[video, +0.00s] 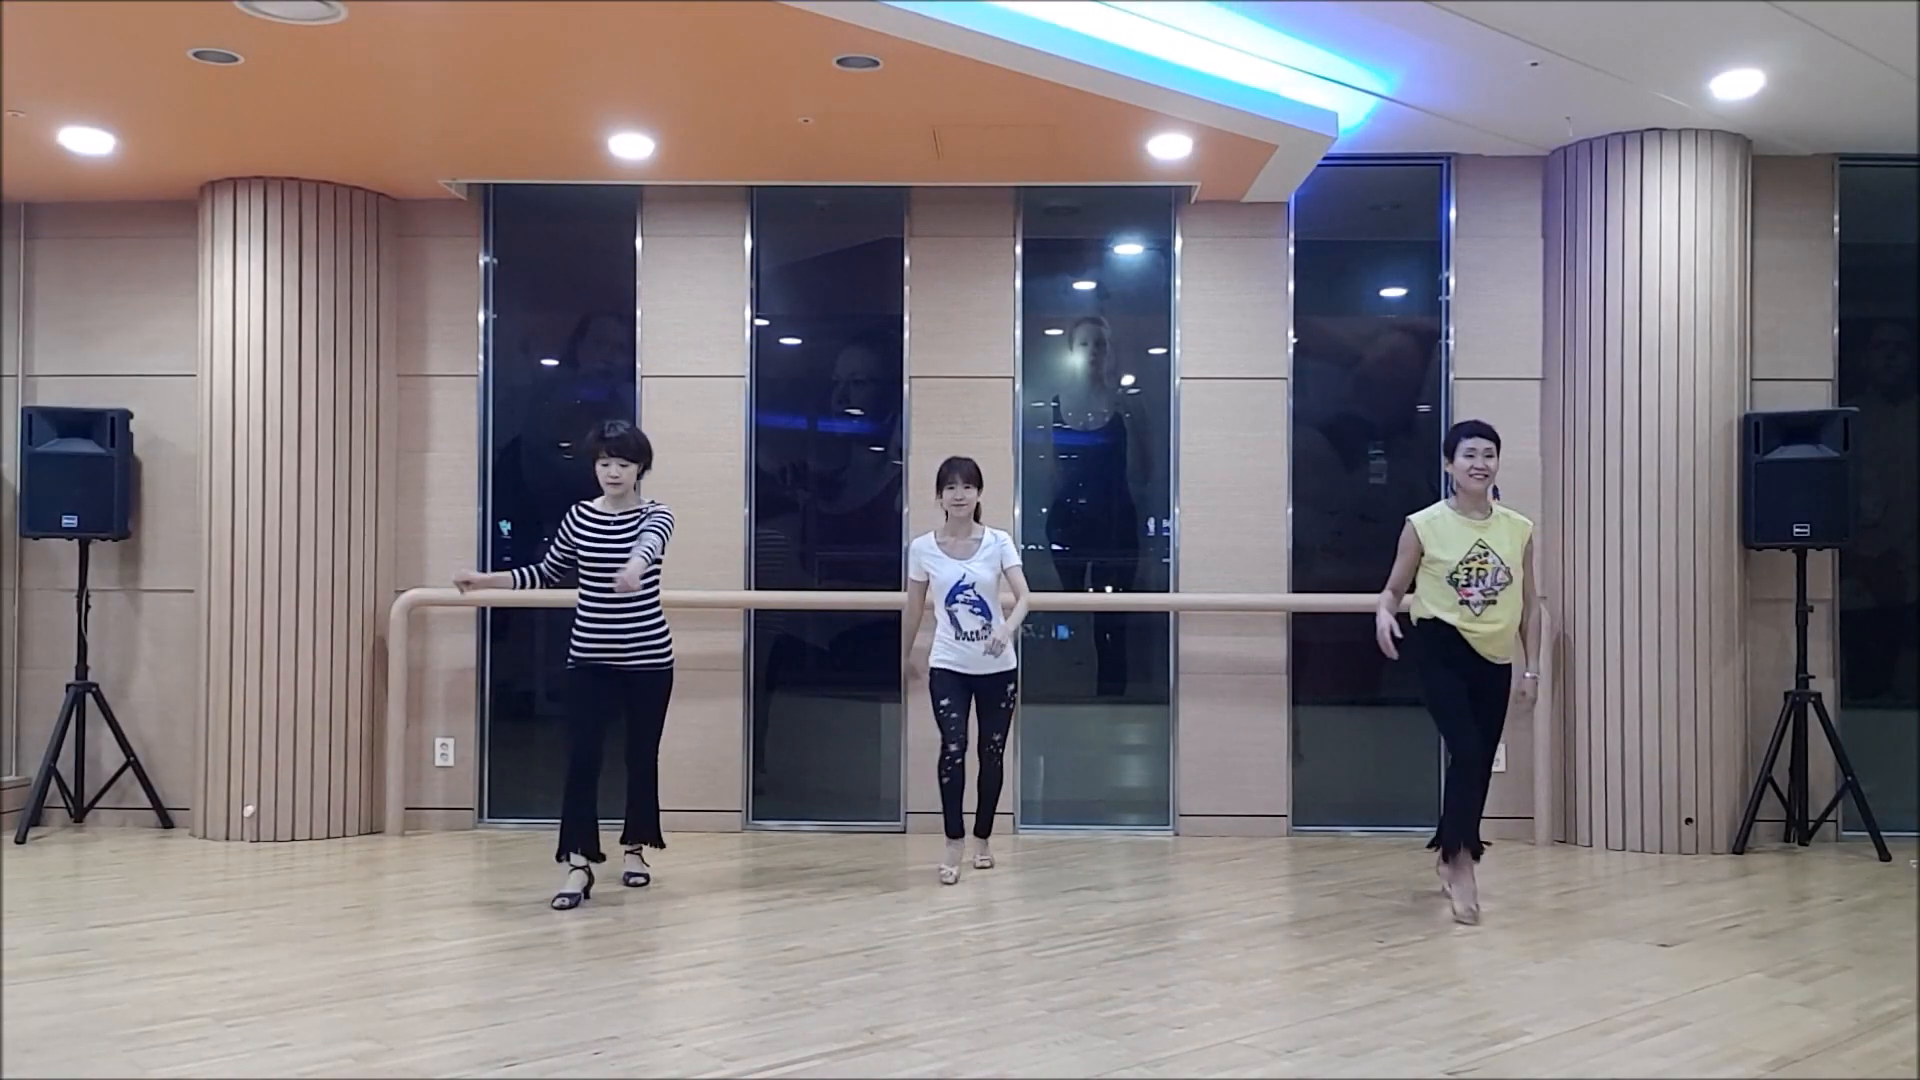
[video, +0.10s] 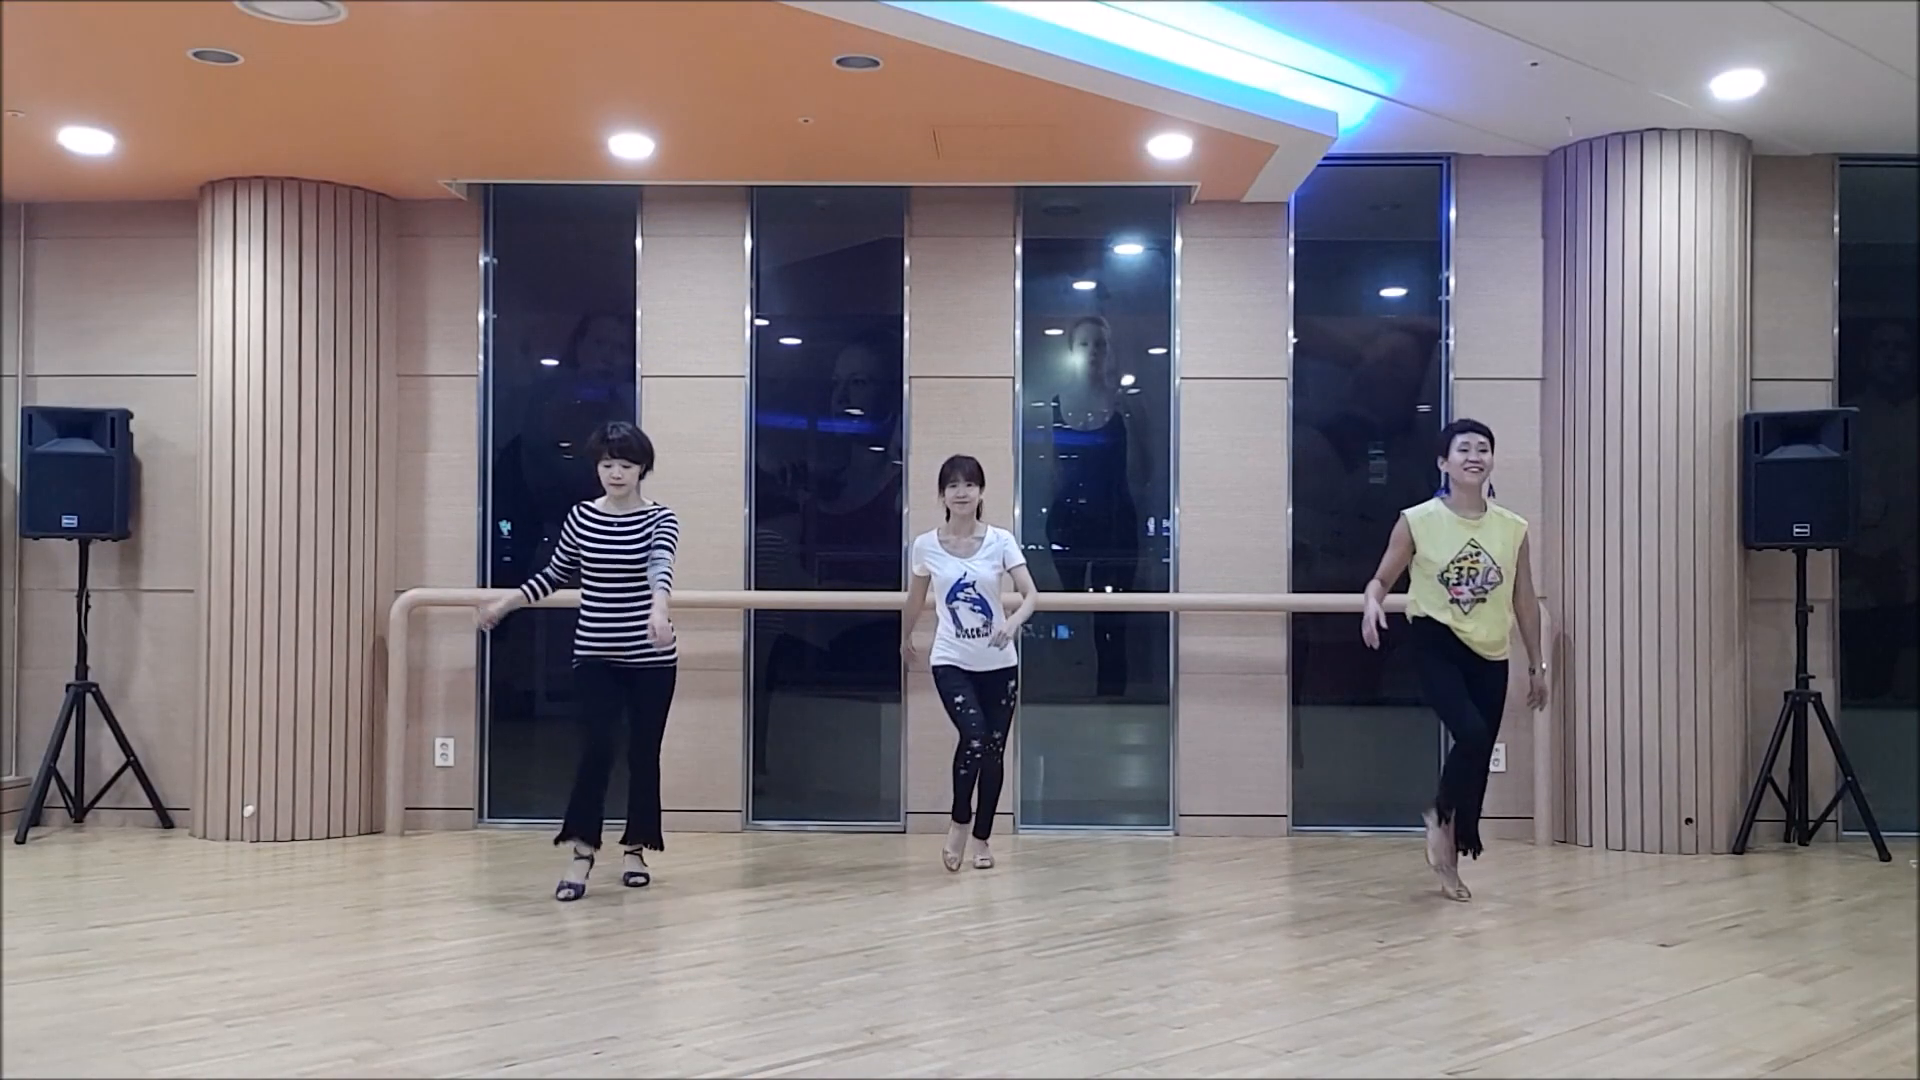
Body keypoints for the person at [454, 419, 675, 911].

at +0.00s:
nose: (613, 470)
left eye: (623, 463)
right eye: (605, 462)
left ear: (640, 468)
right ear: (595, 466)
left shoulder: (656, 515)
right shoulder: (580, 516)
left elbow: (648, 545)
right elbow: (547, 570)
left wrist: (632, 567)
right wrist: (489, 579)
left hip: (647, 657)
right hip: (589, 656)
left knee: (642, 756)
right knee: (583, 756)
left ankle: (635, 850)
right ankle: (577, 866)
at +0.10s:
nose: (615, 470)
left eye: (625, 462)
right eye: (607, 462)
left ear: (643, 467)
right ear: (597, 466)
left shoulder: (660, 519)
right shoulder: (582, 516)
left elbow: (660, 568)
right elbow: (554, 575)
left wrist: (659, 607)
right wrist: (505, 602)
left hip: (651, 655)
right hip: (596, 654)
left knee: (643, 753)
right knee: (598, 750)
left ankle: (635, 852)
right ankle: (581, 854)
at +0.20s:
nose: (616, 470)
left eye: (626, 462)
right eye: (608, 462)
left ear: (643, 467)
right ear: (597, 466)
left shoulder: (660, 521)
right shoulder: (581, 517)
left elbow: (669, 582)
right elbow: (562, 579)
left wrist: (675, 642)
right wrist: (528, 630)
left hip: (651, 654)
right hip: (599, 654)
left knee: (645, 753)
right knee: (615, 746)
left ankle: (635, 850)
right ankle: (593, 837)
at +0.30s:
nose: (617, 471)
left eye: (627, 463)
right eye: (609, 463)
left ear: (643, 469)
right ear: (599, 468)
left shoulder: (660, 521)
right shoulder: (582, 517)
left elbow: (670, 588)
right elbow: (571, 583)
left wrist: (679, 653)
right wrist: (558, 642)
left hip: (653, 653)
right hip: (601, 654)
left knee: (645, 750)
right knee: (629, 747)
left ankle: (633, 849)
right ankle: (610, 848)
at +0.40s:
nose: (618, 470)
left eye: (628, 462)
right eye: (610, 462)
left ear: (644, 468)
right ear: (599, 467)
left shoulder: (662, 521)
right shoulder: (584, 518)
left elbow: (669, 591)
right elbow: (576, 585)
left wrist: (675, 656)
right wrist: (572, 643)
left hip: (651, 653)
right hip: (602, 655)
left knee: (648, 752)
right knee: (634, 748)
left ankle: (635, 850)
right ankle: (614, 847)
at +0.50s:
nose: (620, 470)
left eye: (631, 462)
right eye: (613, 462)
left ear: (648, 469)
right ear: (604, 468)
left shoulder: (666, 522)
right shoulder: (589, 520)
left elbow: (682, 587)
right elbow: (577, 586)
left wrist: (689, 650)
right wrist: (564, 642)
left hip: (657, 655)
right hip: (602, 655)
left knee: (648, 755)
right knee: (612, 746)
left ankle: (635, 850)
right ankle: (602, 842)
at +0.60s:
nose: (624, 468)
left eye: (634, 460)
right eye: (617, 461)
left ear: (652, 467)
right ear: (606, 468)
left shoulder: (675, 520)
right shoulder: (594, 522)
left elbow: (710, 572)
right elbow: (574, 587)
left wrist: (744, 619)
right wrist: (537, 633)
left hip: (652, 657)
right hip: (595, 653)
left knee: (642, 756)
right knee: (580, 744)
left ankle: (634, 851)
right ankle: (562, 837)